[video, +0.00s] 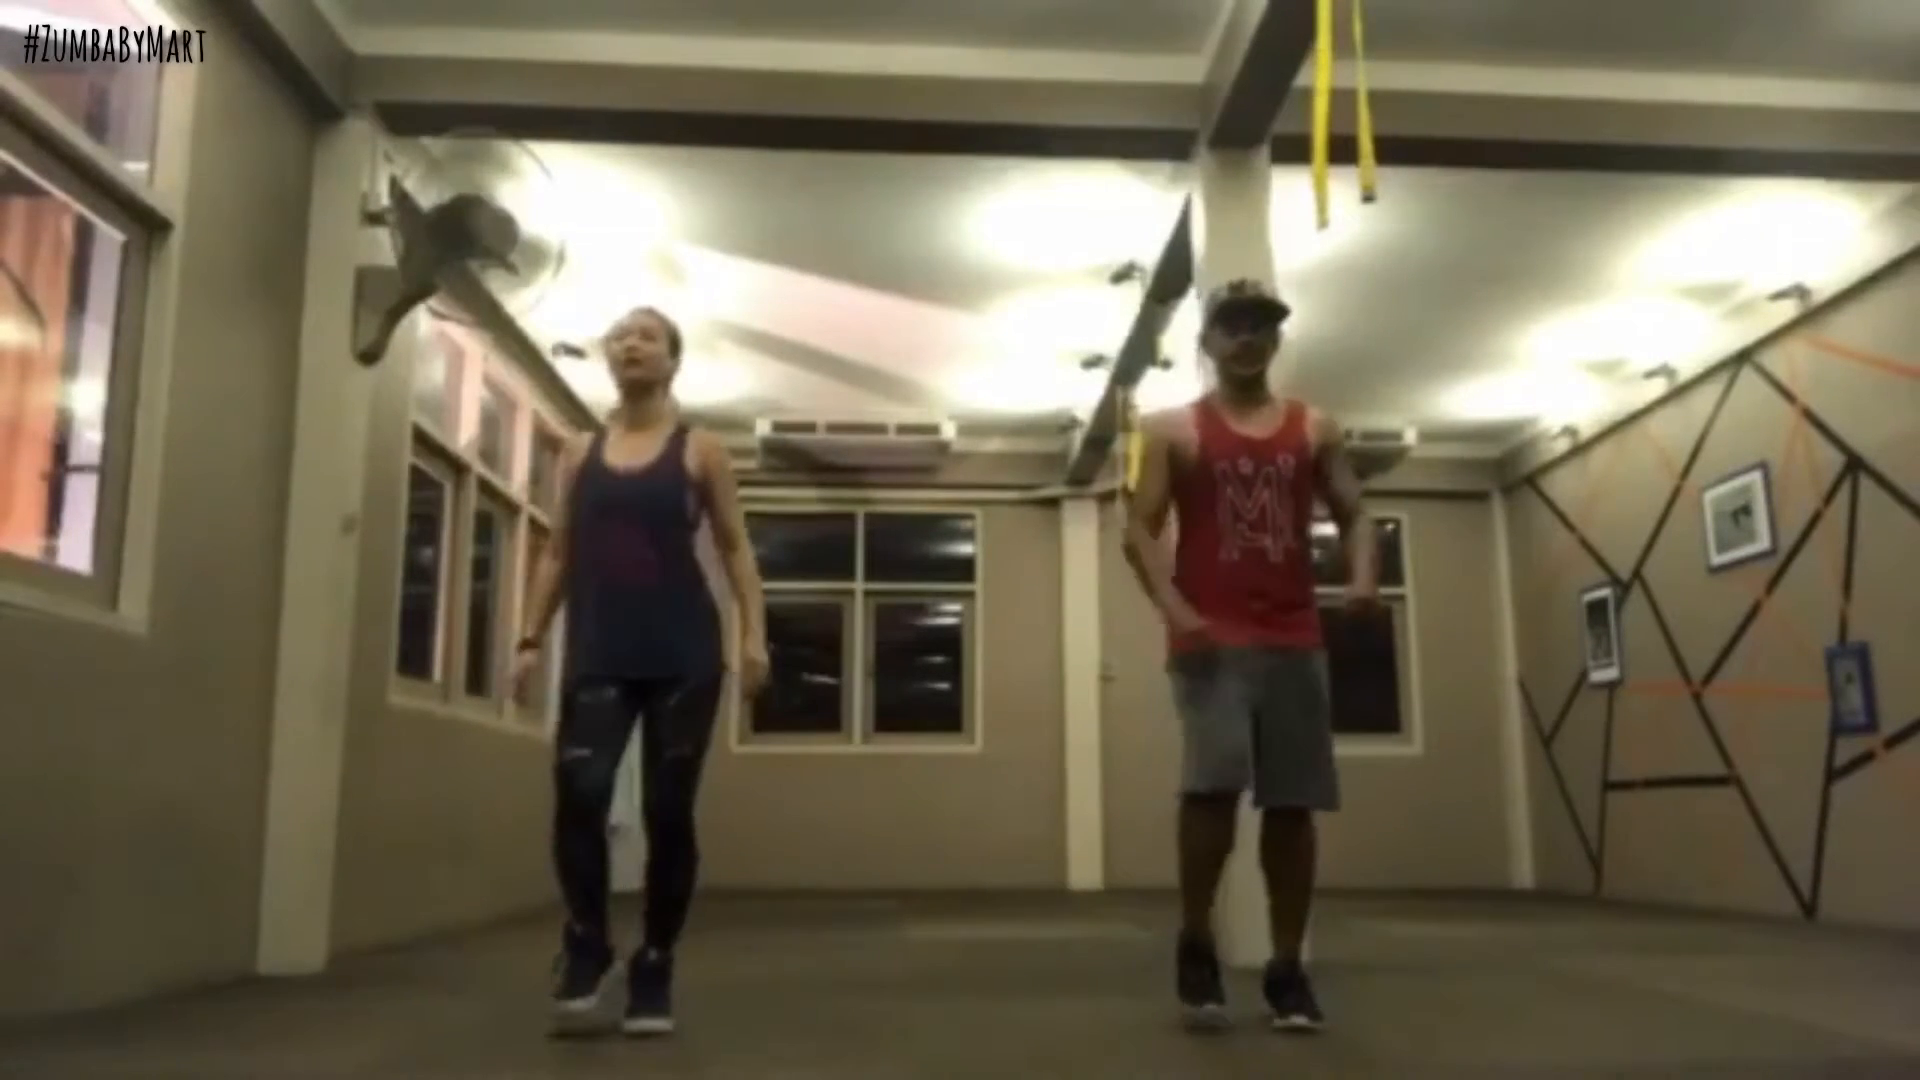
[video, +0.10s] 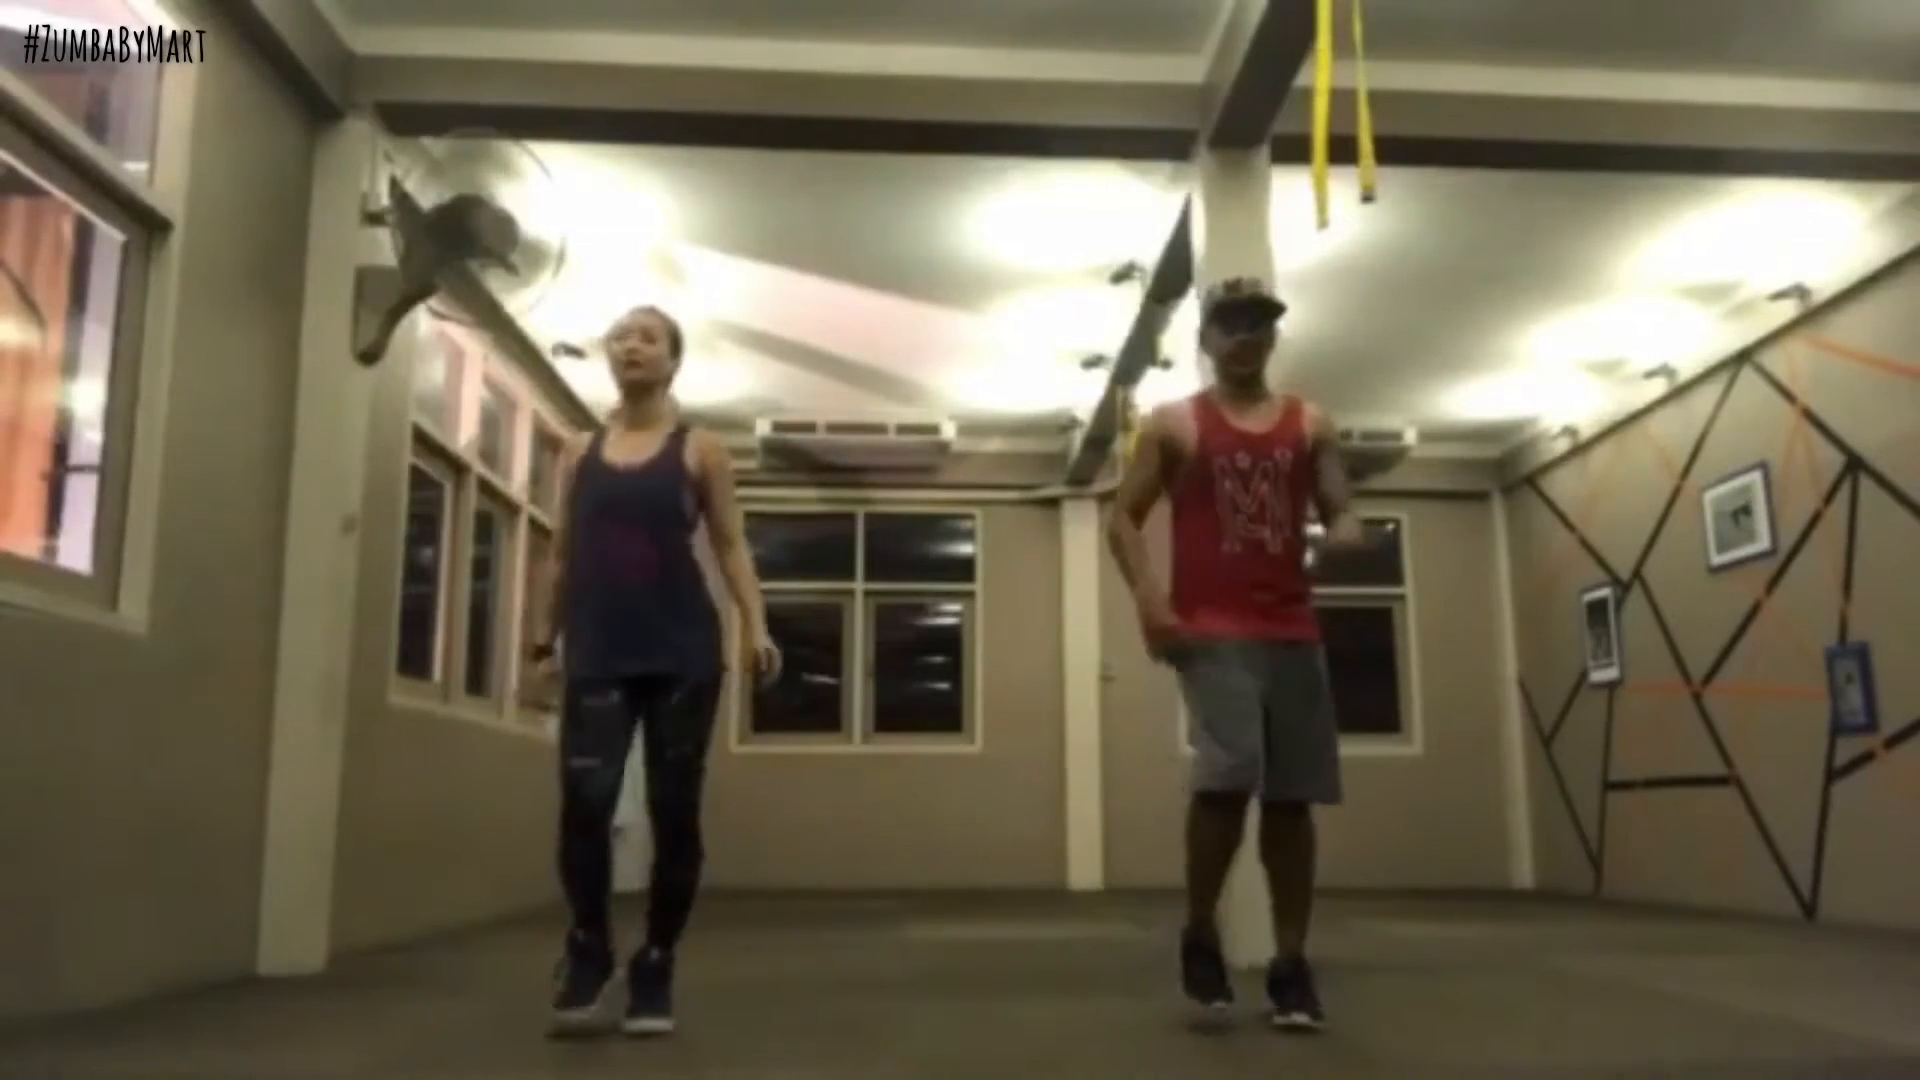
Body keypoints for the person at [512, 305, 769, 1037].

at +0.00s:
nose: (631, 345)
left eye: (647, 336)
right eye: (621, 336)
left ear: (673, 359)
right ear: (606, 357)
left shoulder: (700, 448)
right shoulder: (583, 451)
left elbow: (735, 548)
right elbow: (559, 550)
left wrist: (752, 636)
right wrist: (531, 634)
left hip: (683, 655)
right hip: (597, 655)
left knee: (668, 812)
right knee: (577, 801)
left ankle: (654, 969)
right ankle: (586, 953)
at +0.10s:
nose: (633, 347)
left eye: (649, 339)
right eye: (623, 337)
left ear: (674, 362)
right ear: (606, 356)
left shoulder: (700, 447)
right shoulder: (583, 451)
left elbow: (730, 544)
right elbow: (561, 553)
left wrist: (755, 626)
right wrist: (544, 640)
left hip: (682, 653)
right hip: (597, 653)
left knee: (674, 813)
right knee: (583, 807)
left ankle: (656, 968)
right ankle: (589, 958)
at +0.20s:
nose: (631, 353)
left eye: (646, 344)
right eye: (622, 342)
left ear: (673, 364)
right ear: (606, 358)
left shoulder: (698, 451)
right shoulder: (578, 452)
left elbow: (727, 549)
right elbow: (559, 557)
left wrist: (752, 626)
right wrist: (549, 645)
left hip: (679, 660)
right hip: (593, 659)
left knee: (673, 818)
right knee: (593, 820)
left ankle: (656, 967)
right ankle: (595, 968)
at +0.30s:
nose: (631, 348)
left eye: (645, 338)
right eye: (620, 337)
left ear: (671, 357)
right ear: (604, 353)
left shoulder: (696, 447)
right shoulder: (575, 445)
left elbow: (718, 545)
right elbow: (556, 551)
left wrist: (741, 620)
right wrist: (548, 640)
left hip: (673, 655)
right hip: (590, 656)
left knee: (661, 812)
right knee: (592, 819)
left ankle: (653, 970)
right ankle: (593, 967)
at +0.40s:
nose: (631, 361)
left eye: (645, 350)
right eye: (620, 349)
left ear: (669, 362)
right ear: (603, 359)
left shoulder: (694, 451)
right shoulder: (571, 450)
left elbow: (717, 549)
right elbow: (540, 552)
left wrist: (730, 625)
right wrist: (533, 647)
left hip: (670, 655)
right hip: (586, 655)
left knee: (654, 802)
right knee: (591, 814)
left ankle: (656, 965)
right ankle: (593, 967)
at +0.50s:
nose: (633, 379)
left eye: (646, 365)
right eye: (622, 364)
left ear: (670, 367)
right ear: (602, 366)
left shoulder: (697, 456)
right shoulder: (572, 454)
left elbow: (718, 556)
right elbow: (536, 552)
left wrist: (728, 641)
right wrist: (511, 642)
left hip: (672, 655)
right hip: (589, 656)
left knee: (654, 791)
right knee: (591, 813)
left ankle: (659, 950)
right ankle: (594, 964)